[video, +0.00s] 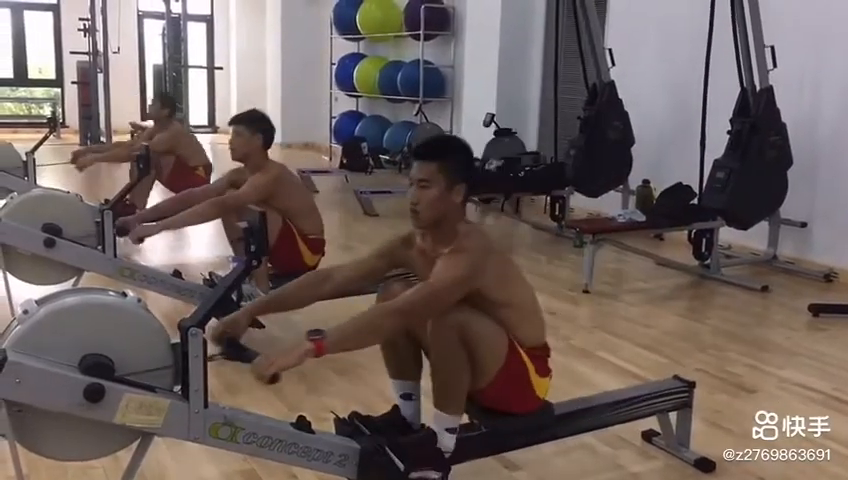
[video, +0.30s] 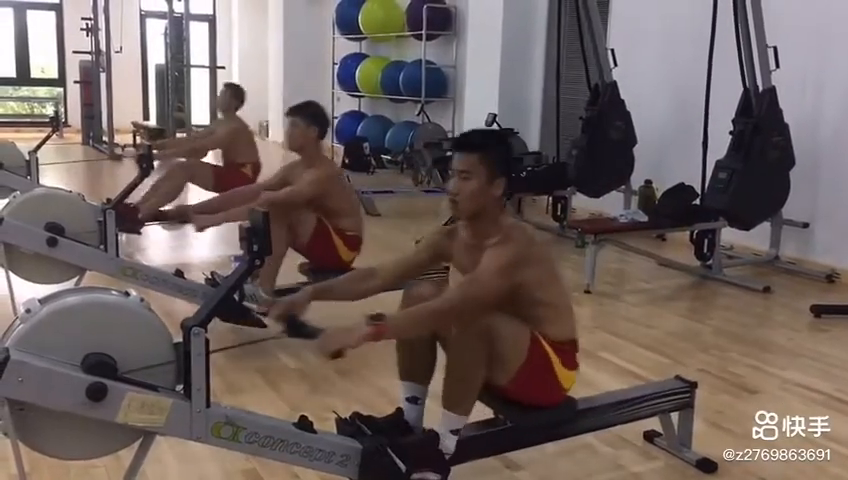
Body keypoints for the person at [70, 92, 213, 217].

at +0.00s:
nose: (149, 107)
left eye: (154, 105)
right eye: (151, 103)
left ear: (166, 112)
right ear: (161, 112)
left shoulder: (173, 132)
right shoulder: (157, 129)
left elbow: (135, 154)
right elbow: (129, 147)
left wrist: (96, 159)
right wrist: (90, 150)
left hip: (197, 181)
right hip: (186, 178)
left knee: (146, 158)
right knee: (142, 158)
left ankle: (137, 209)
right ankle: (134, 206)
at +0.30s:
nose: (218, 96)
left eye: (223, 94)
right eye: (220, 93)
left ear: (233, 102)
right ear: (228, 101)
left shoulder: (233, 127)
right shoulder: (223, 124)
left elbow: (199, 147)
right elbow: (193, 139)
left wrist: (159, 153)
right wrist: (158, 144)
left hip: (240, 182)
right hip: (232, 176)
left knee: (184, 170)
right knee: (177, 167)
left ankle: (142, 215)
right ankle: (138, 208)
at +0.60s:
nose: (281, 114)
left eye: (285, 112)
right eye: (283, 111)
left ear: (295, 117)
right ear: (289, 115)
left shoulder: (291, 141)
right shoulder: (278, 135)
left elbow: (261, 159)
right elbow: (256, 151)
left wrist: (231, 153)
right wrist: (230, 152)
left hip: (254, 183)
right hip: (247, 176)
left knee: (195, 183)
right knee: (192, 181)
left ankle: (139, 216)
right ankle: (139, 208)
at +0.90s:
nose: (287, 127)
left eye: (290, 123)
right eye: (288, 123)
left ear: (300, 127)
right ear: (301, 128)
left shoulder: (302, 154)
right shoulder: (296, 148)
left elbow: (309, 186)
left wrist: (290, 156)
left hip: (248, 183)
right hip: (245, 177)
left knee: (192, 180)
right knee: (191, 178)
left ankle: (138, 213)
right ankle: (137, 208)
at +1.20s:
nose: (274, 123)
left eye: (277, 119)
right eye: (274, 118)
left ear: (290, 121)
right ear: (283, 120)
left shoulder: (294, 149)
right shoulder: (277, 143)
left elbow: (285, 180)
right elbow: (262, 166)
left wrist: (253, 161)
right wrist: (241, 157)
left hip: (247, 184)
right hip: (239, 177)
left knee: (191, 183)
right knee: (187, 178)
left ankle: (134, 216)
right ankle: (133, 207)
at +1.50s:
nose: (252, 113)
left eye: (255, 108)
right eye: (252, 108)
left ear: (268, 110)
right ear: (261, 110)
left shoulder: (275, 136)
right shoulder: (259, 132)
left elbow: (262, 172)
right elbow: (241, 158)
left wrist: (222, 171)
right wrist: (215, 158)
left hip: (249, 185)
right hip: (238, 178)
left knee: (191, 189)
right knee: (188, 187)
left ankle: (132, 217)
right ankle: (131, 211)